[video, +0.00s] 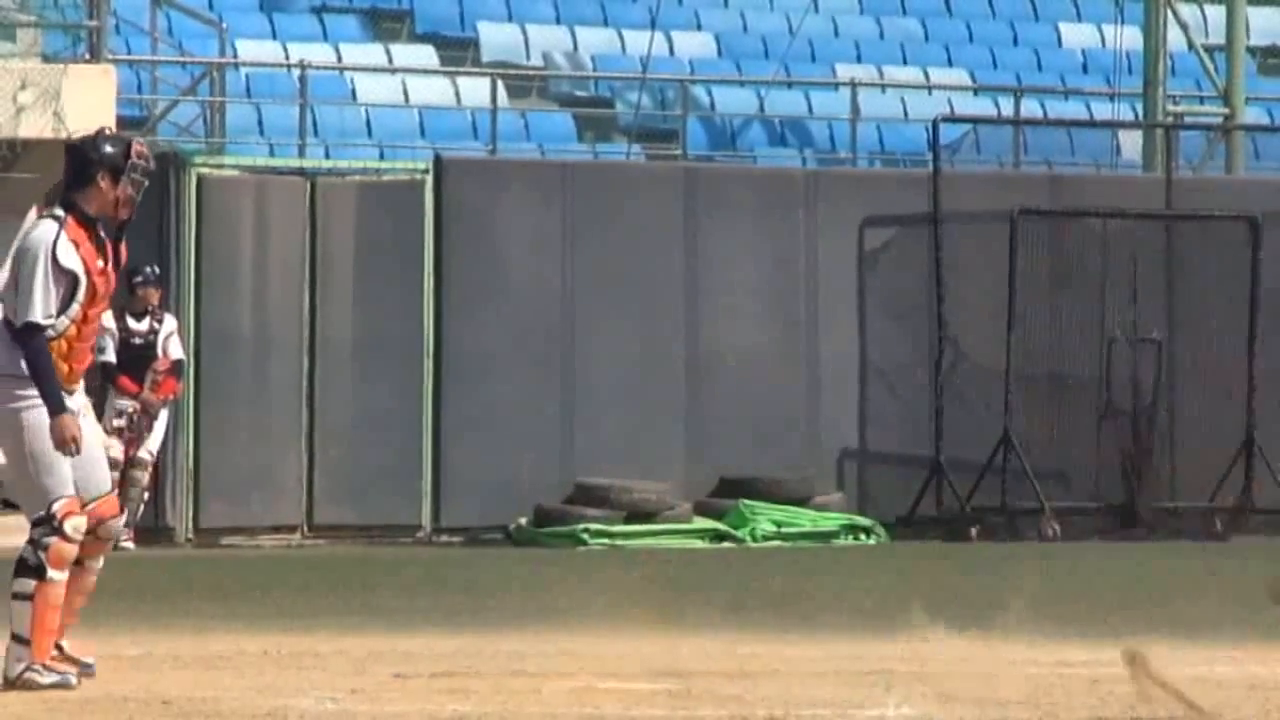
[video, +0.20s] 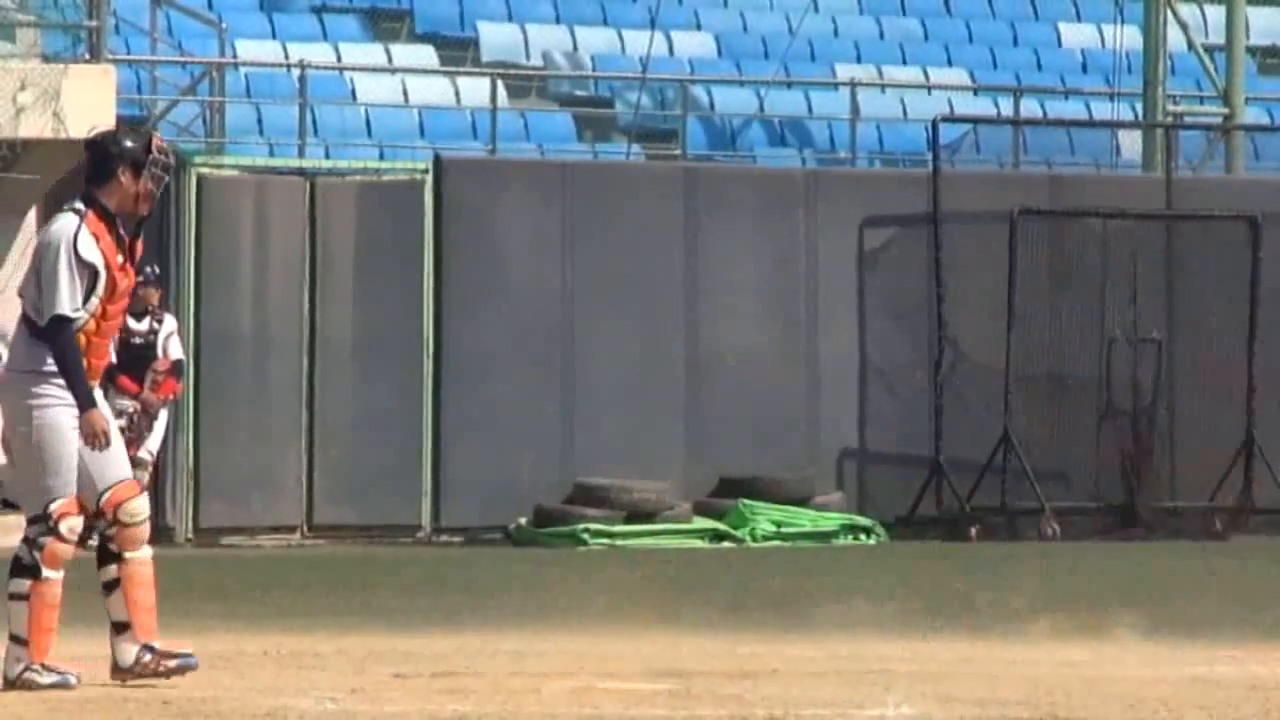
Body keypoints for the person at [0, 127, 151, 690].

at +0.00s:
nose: (130, 194)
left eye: (131, 184)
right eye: (124, 183)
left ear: (104, 183)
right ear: (98, 182)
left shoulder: (94, 240)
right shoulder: (47, 239)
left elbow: (83, 331)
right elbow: (29, 330)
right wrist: (58, 409)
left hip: (68, 391)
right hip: (26, 392)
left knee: (101, 517)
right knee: (59, 520)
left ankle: (54, 638)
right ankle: (25, 655)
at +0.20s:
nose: (152, 190)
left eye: (154, 180)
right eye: (147, 179)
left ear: (127, 180)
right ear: (120, 177)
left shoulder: (119, 237)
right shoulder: (69, 233)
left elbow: (97, 328)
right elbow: (58, 327)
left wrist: (118, 386)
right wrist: (87, 404)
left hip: (85, 387)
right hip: (44, 386)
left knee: (127, 509)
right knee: (59, 521)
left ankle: (134, 648)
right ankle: (26, 660)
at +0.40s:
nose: (183, 186)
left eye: (182, 175)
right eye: (175, 175)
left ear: (154, 179)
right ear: (147, 177)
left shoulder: (152, 237)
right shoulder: (98, 230)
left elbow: (145, 320)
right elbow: (93, 322)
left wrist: (157, 378)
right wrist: (118, 401)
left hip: (123, 394)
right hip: (75, 392)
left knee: (147, 524)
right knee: (64, 528)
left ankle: (156, 659)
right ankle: (27, 661)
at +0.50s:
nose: (198, 184)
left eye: (198, 173)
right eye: (193, 173)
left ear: (166, 175)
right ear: (168, 174)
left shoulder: (160, 233)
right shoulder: (117, 227)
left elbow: (153, 311)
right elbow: (110, 317)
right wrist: (134, 397)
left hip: (144, 391)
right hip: (96, 388)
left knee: (160, 526)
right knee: (88, 527)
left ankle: (159, 660)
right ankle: (32, 657)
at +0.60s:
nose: (206, 182)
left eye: (207, 172)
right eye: (203, 172)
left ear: (176, 171)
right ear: (180, 171)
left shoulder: (168, 228)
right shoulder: (128, 223)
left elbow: (173, 297)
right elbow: (121, 312)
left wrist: (197, 222)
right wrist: (145, 391)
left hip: (153, 385)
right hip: (108, 384)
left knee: (167, 524)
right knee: (106, 523)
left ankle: (159, 660)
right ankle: (35, 649)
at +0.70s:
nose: (228, 181)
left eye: (229, 170)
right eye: (224, 169)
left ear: (197, 170)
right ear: (198, 169)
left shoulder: (187, 228)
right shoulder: (145, 219)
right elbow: (138, 310)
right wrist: (172, 383)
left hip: (169, 380)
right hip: (128, 378)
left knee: (176, 523)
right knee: (142, 520)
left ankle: (161, 659)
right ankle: (65, 635)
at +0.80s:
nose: (241, 179)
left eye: (241, 168)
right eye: (234, 167)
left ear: (209, 170)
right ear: (208, 167)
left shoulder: (203, 229)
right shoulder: (157, 216)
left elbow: (188, 330)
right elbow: (149, 309)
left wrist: (207, 424)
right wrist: (188, 379)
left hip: (178, 381)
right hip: (139, 377)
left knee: (180, 522)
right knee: (164, 517)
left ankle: (164, 659)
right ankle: (104, 640)